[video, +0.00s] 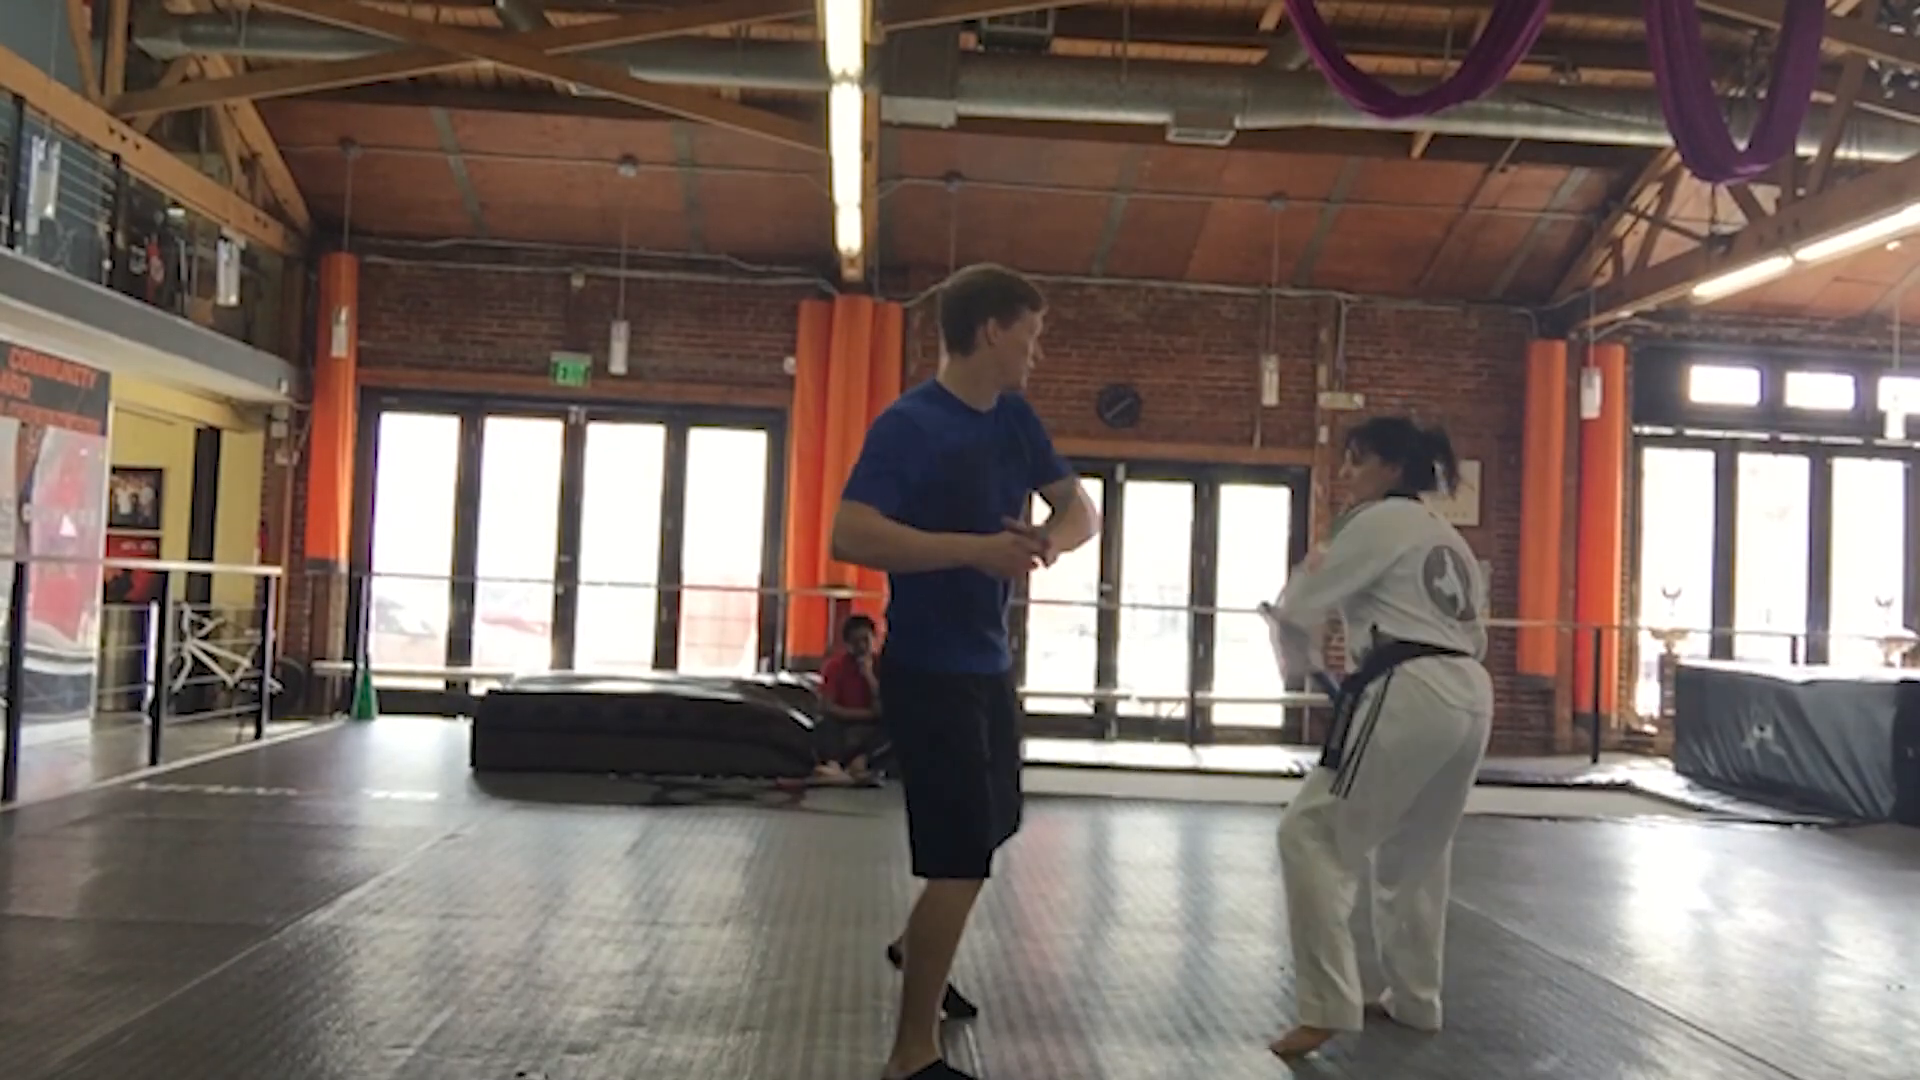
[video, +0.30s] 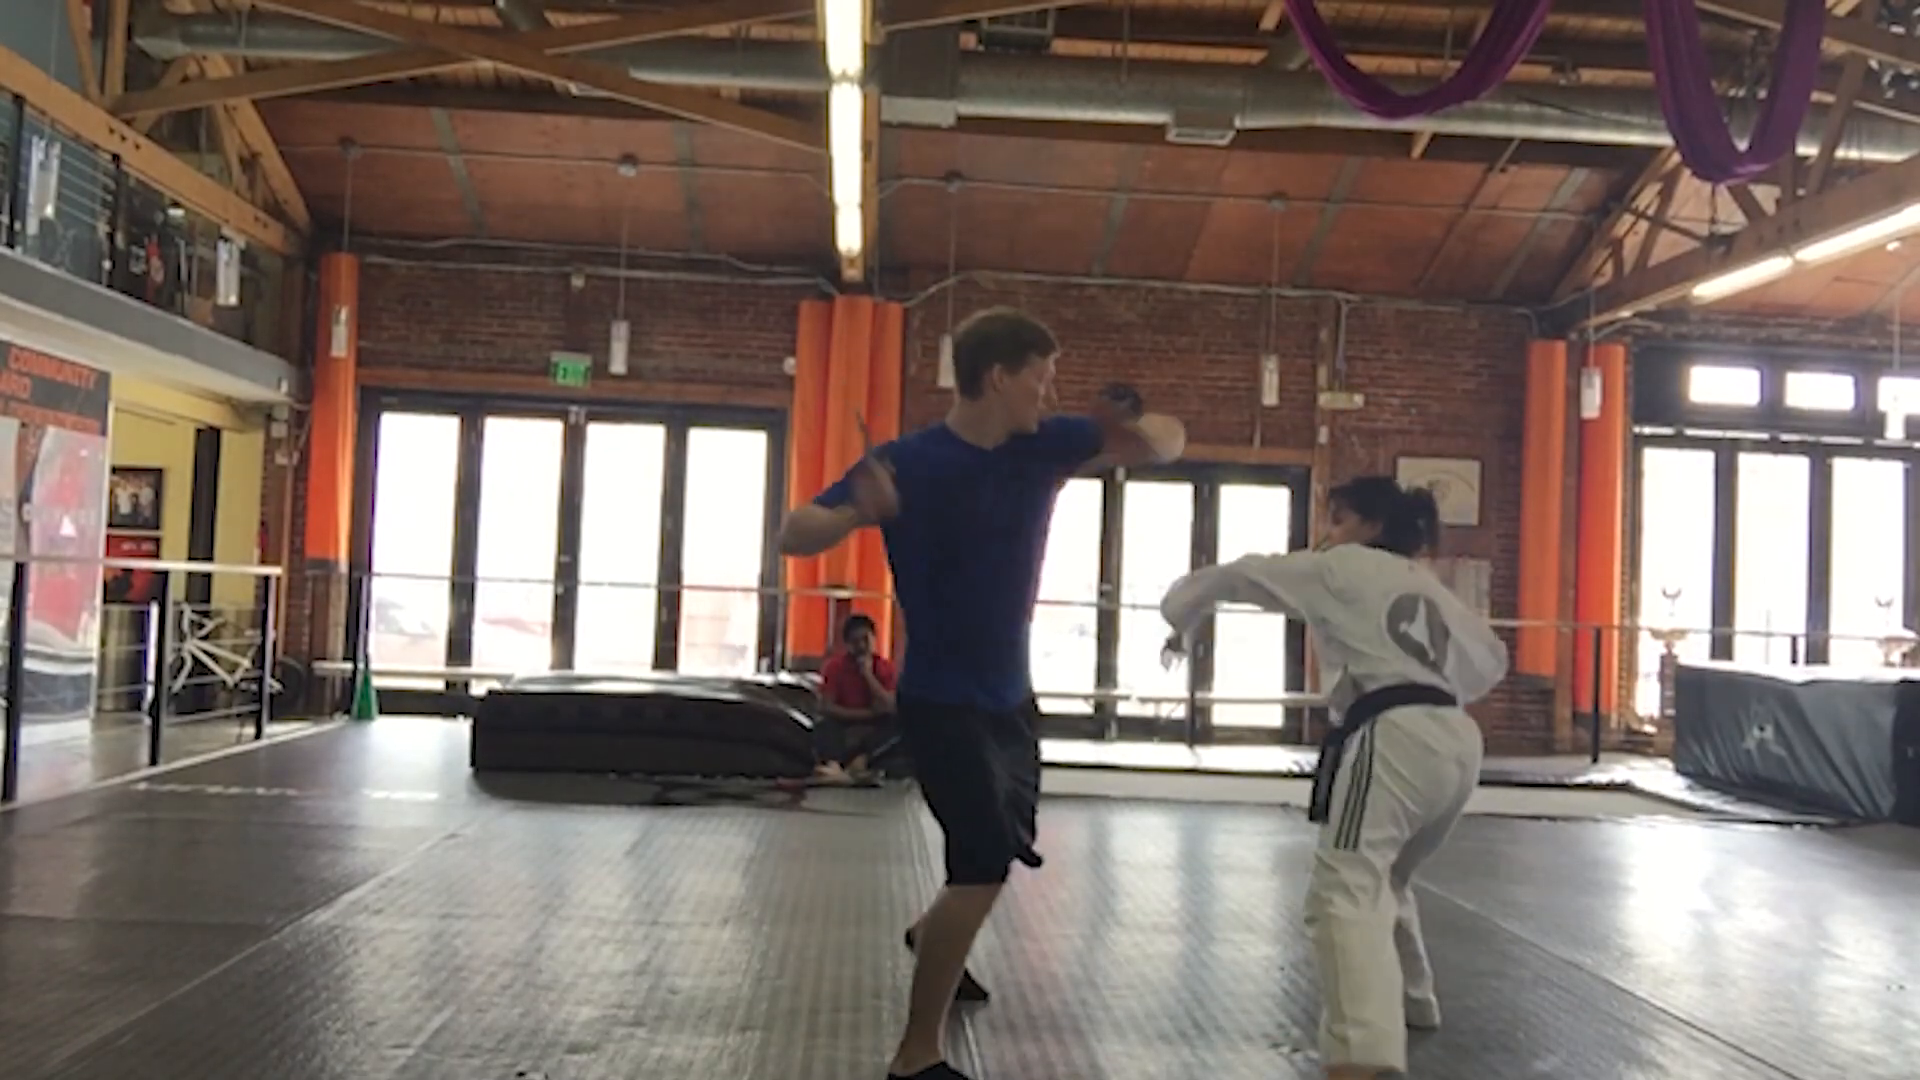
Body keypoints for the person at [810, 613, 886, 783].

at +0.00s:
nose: (862, 645)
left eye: (865, 639)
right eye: (856, 641)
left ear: (873, 639)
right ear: (847, 643)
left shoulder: (879, 663)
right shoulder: (835, 666)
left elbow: (882, 707)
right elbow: (827, 706)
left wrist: (869, 674)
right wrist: (869, 713)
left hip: (871, 722)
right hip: (841, 722)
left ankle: (862, 762)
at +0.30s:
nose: (861, 646)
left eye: (865, 640)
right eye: (855, 641)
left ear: (873, 639)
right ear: (846, 643)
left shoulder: (884, 667)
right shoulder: (834, 667)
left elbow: (888, 706)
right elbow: (826, 707)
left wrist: (868, 674)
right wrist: (869, 712)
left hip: (874, 720)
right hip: (843, 720)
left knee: (896, 727)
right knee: (824, 727)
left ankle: (862, 762)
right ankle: (832, 765)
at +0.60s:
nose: (861, 645)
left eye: (865, 639)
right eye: (855, 641)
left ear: (873, 639)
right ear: (847, 643)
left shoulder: (885, 667)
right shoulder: (834, 666)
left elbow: (893, 707)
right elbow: (826, 707)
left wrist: (868, 674)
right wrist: (870, 712)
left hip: (876, 722)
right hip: (843, 722)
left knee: (905, 721)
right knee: (824, 726)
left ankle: (864, 761)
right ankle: (832, 764)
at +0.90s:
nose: (861, 647)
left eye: (865, 640)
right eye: (855, 642)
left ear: (873, 640)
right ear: (846, 644)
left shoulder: (884, 668)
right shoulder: (835, 667)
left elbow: (888, 706)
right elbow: (826, 708)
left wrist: (868, 675)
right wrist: (869, 713)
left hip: (873, 723)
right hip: (841, 723)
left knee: (895, 726)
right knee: (823, 727)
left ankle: (860, 764)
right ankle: (833, 766)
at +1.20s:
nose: (861, 646)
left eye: (865, 640)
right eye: (856, 642)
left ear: (872, 640)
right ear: (847, 643)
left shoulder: (878, 665)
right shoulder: (835, 666)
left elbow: (882, 701)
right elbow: (827, 707)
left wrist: (868, 675)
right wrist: (866, 714)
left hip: (869, 722)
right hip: (841, 722)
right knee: (826, 727)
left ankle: (860, 763)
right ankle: (832, 766)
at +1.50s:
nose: (861, 645)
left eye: (865, 638)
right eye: (855, 640)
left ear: (873, 638)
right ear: (846, 642)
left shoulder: (883, 665)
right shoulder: (835, 665)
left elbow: (887, 701)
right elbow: (826, 704)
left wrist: (868, 673)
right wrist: (868, 711)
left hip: (872, 719)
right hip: (842, 719)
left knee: (888, 723)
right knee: (825, 722)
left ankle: (861, 760)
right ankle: (833, 762)